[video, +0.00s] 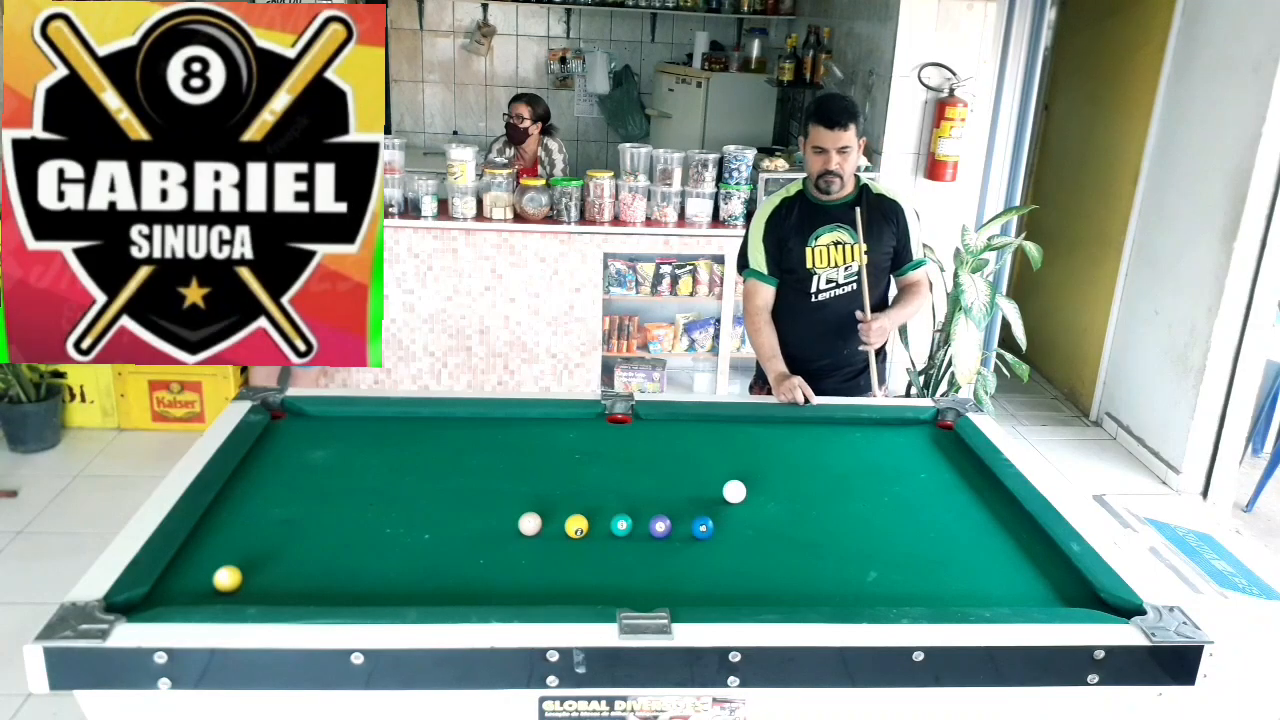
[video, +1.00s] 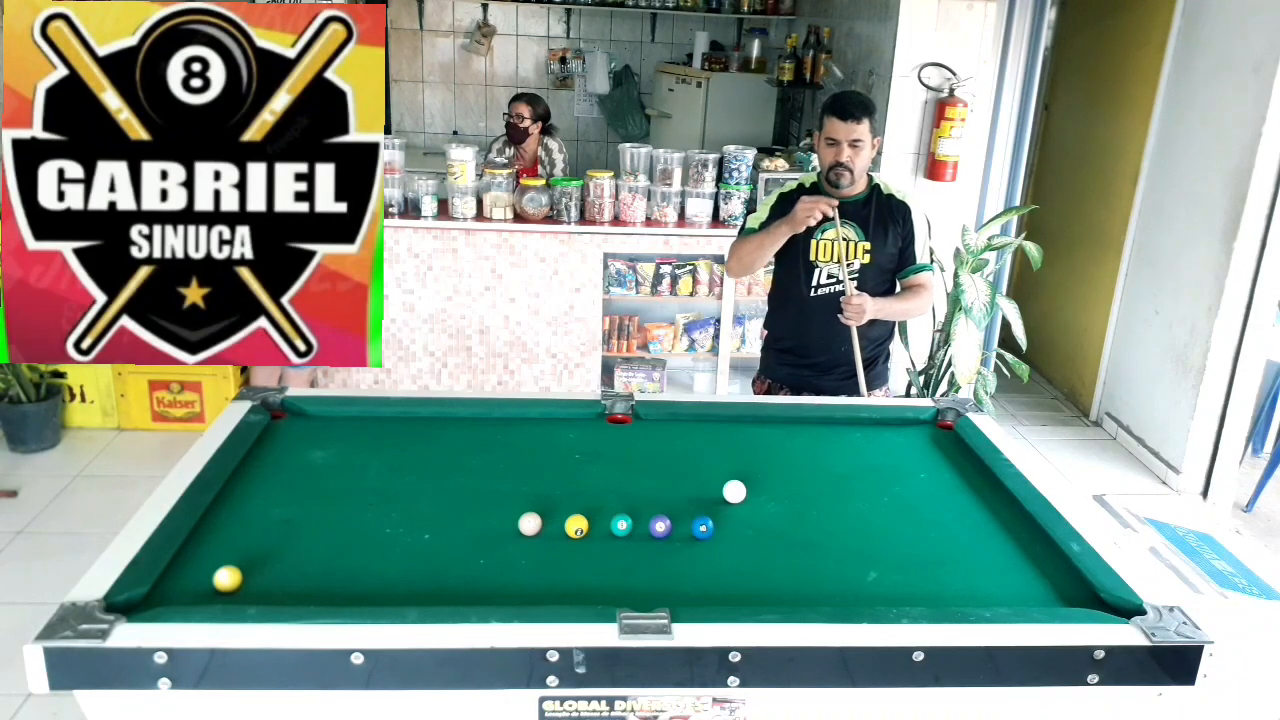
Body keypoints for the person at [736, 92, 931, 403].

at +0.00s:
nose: (832, 164)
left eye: (843, 151)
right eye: (820, 151)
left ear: (861, 150)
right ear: (803, 148)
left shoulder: (889, 212)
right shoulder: (773, 217)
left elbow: (916, 286)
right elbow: (757, 309)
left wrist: (890, 320)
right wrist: (779, 376)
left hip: (861, 394)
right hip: (787, 394)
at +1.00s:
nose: (842, 156)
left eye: (855, 145)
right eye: (832, 143)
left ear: (875, 148)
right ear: (817, 143)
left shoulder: (896, 214)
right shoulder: (788, 203)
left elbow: (921, 296)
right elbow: (736, 266)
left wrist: (874, 308)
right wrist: (787, 226)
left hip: (863, 391)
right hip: (785, 386)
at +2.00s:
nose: (854, 174)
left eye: (868, 161)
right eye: (845, 161)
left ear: (897, 157)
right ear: (838, 155)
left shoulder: (936, 216)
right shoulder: (818, 218)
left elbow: (961, 299)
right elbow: (777, 294)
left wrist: (908, 348)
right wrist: (760, 357)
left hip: (901, 398)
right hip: (822, 392)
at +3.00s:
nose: (893, 168)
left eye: (907, 158)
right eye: (886, 155)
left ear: (936, 156)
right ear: (879, 150)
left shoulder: (960, 202)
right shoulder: (875, 205)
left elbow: (976, 271)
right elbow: (857, 266)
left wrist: (903, 282)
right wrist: (851, 308)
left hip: (940, 376)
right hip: (879, 365)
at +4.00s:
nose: (856, 336)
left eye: (869, 325)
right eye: (849, 322)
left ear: (902, 313)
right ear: (844, 306)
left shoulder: (936, 340)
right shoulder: (898, 263)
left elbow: (897, 407)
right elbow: (911, 232)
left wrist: (827, 441)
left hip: (1026, 377)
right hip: (971, 364)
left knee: (991, 477)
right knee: (949, 460)